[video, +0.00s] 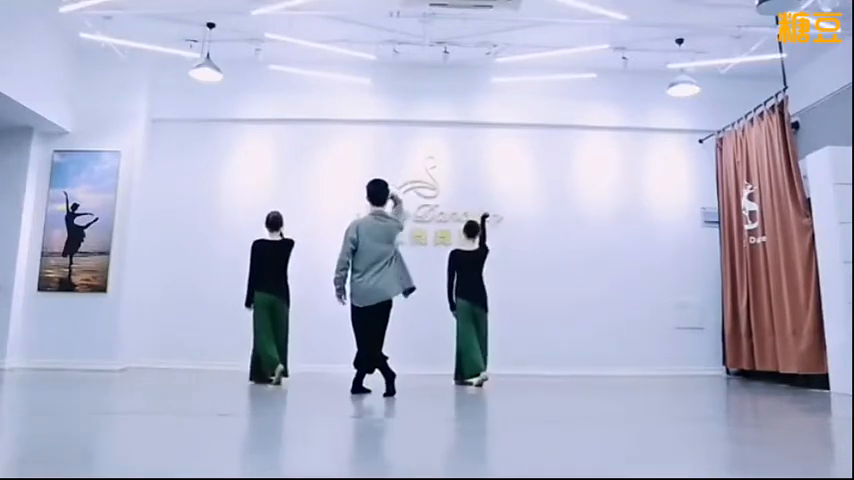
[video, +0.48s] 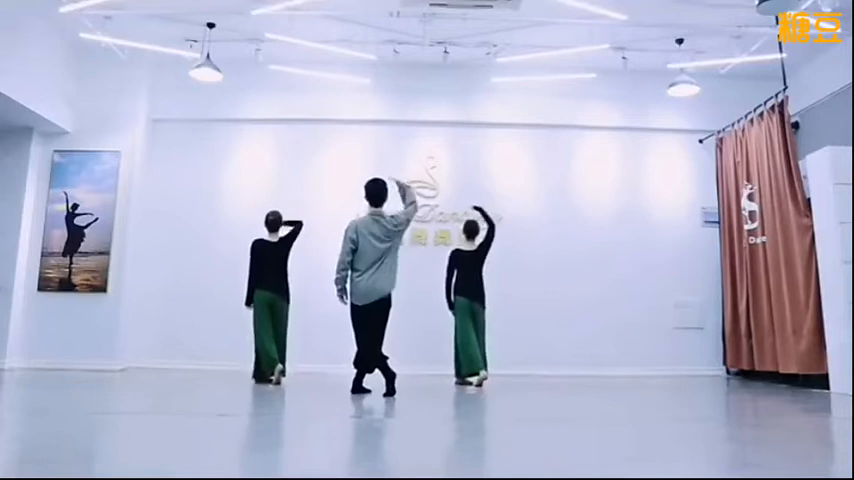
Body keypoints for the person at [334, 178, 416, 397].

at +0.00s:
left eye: (370, 194)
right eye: (383, 194)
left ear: (367, 197)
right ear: (387, 198)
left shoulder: (357, 226)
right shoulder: (392, 225)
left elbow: (344, 258)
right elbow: (399, 220)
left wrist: (339, 283)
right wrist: (398, 204)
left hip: (361, 290)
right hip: (384, 290)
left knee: (364, 339)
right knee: (374, 339)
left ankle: (387, 373)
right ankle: (358, 380)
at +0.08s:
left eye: (369, 194)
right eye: (382, 194)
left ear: (367, 197)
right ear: (386, 199)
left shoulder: (357, 226)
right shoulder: (391, 225)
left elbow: (345, 258)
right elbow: (395, 219)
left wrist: (339, 283)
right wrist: (395, 204)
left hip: (361, 289)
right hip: (385, 289)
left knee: (364, 339)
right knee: (374, 338)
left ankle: (387, 373)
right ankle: (358, 380)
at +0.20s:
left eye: (369, 195)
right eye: (384, 194)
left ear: (367, 198)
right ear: (386, 198)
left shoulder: (357, 227)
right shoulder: (392, 224)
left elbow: (345, 260)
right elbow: (397, 221)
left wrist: (340, 285)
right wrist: (387, 203)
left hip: (361, 289)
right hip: (385, 288)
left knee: (365, 341)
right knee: (374, 340)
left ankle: (388, 373)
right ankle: (358, 381)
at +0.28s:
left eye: (368, 194)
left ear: (367, 197)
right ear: (386, 198)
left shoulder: (357, 226)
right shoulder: (394, 223)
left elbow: (345, 259)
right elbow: (400, 217)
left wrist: (340, 284)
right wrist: (388, 202)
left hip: (361, 290)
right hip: (384, 289)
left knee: (365, 340)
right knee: (374, 340)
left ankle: (388, 373)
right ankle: (358, 381)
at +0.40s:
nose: (373, 197)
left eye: (369, 194)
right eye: (381, 194)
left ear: (366, 197)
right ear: (386, 197)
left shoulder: (356, 226)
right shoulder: (395, 224)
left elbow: (345, 259)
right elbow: (411, 210)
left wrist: (340, 284)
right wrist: (400, 192)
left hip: (360, 290)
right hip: (383, 290)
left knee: (364, 340)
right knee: (373, 339)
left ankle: (387, 373)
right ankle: (358, 380)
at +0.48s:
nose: (369, 198)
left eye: (368, 194)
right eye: (378, 194)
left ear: (366, 197)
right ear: (386, 197)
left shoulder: (355, 226)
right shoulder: (395, 224)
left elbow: (345, 259)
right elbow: (411, 207)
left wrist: (340, 284)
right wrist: (404, 187)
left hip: (360, 290)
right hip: (383, 290)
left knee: (364, 340)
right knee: (373, 339)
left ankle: (387, 373)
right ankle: (358, 380)